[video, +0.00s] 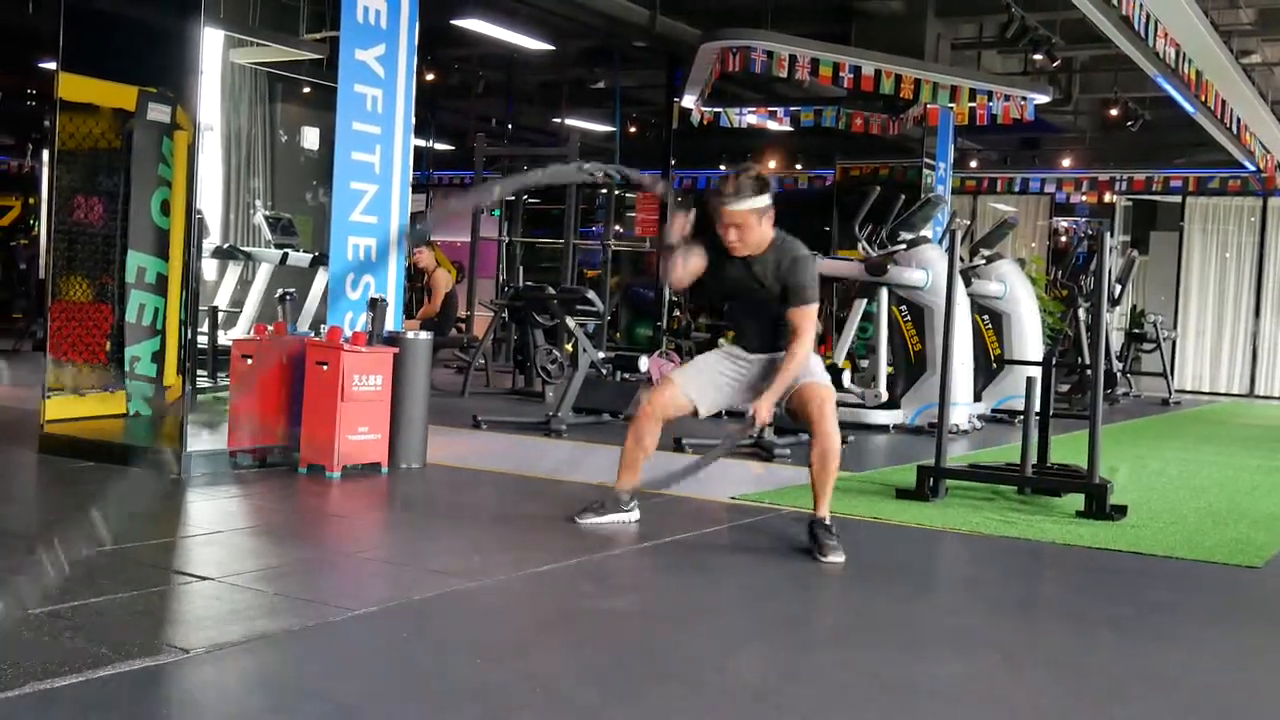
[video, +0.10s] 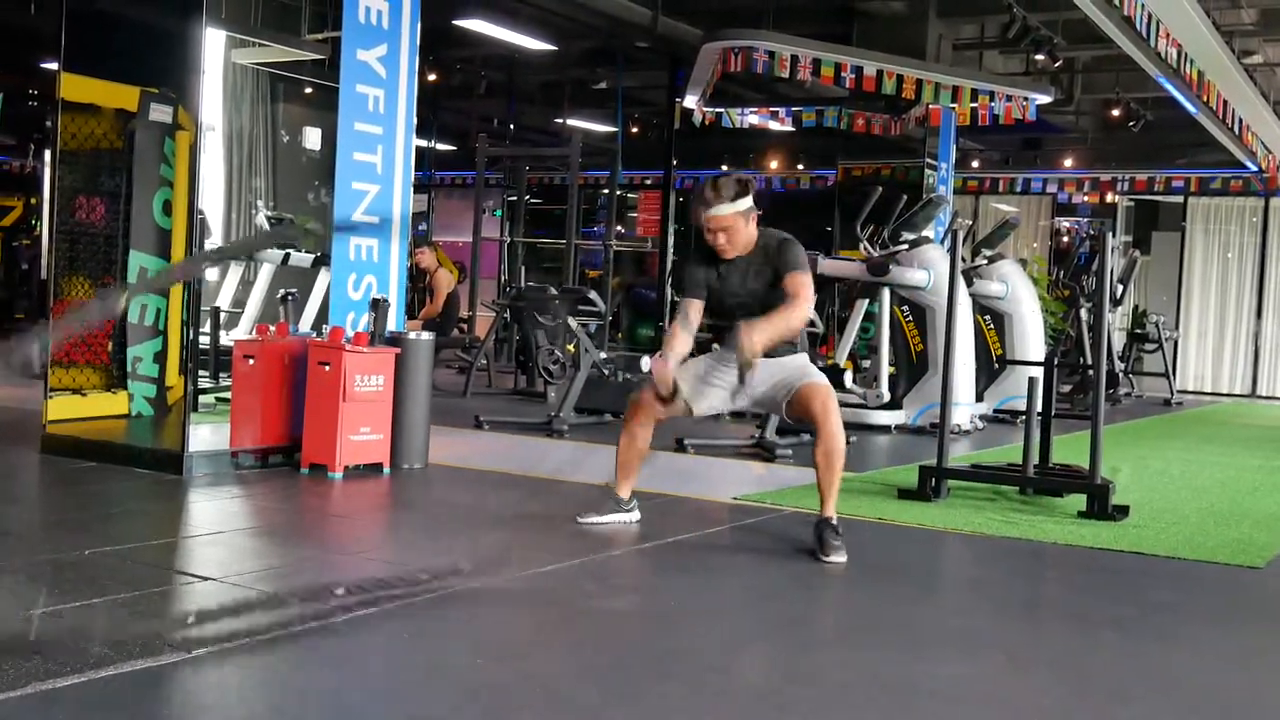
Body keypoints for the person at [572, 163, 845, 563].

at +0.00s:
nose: (729, 236)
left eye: (738, 227)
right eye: (723, 226)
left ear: (768, 220)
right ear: (716, 221)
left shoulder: (795, 259)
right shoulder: (712, 248)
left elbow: (803, 340)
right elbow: (677, 279)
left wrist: (770, 397)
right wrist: (673, 246)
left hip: (790, 360)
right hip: (734, 357)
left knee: (823, 408)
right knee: (654, 403)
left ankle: (823, 522)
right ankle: (623, 501)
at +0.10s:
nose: (716, 240)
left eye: (724, 231)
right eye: (709, 231)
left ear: (752, 220)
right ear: (701, 226)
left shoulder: (784, 249)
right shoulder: (700, 257)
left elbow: (800, 308)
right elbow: (686, 320)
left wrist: (759, 332)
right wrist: (667, 360)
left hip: (782, 367)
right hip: (719, 365)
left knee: (825, 404)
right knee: (644, 403)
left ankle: (829, 520)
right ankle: (623, 502)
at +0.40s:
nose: (784, 235)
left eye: (793, 226)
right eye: (781, 225)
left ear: (824, 216)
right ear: (777, 218)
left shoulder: (855, 256)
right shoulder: (775, 235)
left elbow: (851, 334)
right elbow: (737, 249)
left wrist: (809, 375)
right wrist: (708, 256)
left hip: (838, 356)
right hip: (782, 352)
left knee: (875, 416)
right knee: (705, 414)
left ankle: (862, 529)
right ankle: (640, 498)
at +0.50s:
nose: (794, 223)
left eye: (802, 215)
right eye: (791, 214)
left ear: (834, 206)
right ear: (788, 208)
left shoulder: (868, 242)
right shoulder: (792, 229)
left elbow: (883, 323)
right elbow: (742, 245)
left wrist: (850, 376)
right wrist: (731, 218)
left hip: (873, 350)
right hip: (816, 348)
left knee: (908, 399)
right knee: (735, 396)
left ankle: (889, 520)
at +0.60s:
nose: (811, 229)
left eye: (820, 219)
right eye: (806, 219)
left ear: (852, 209)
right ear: (800, 212)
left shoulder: (885, 235)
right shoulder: (804, 250)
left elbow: (903, 300)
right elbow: (775, 303)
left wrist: (858, 326)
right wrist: (752, 297)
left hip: (898, 353)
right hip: (835, 354)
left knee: (933, 415)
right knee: (758, 408)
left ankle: (944, 539)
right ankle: (766, 519)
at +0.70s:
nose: (854, 235)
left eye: (863, 225)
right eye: (847, 225)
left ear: (896, 218)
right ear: (841, 222)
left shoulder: (926, 241)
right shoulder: (842, 258)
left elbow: (918, 292)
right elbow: (820, 330)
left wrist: (863, 271)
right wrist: (811, 392)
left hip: (926, 370)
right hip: (864, 369)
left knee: (958, 418)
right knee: (776, 412)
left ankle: (977, 547)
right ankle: (766, 519)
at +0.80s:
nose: (898, 219)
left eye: (910, 209)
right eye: (894, 208)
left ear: (944, 208)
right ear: (888, 206)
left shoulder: (973, 250)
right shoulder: (884, 252)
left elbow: (967, 321)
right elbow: (852, 317)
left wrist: (895, 320)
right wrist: (843, 373)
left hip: (968, 371)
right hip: (901, 371)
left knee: (1003, 429)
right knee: (824, 414)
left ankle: (990, 558)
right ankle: (776, 516)